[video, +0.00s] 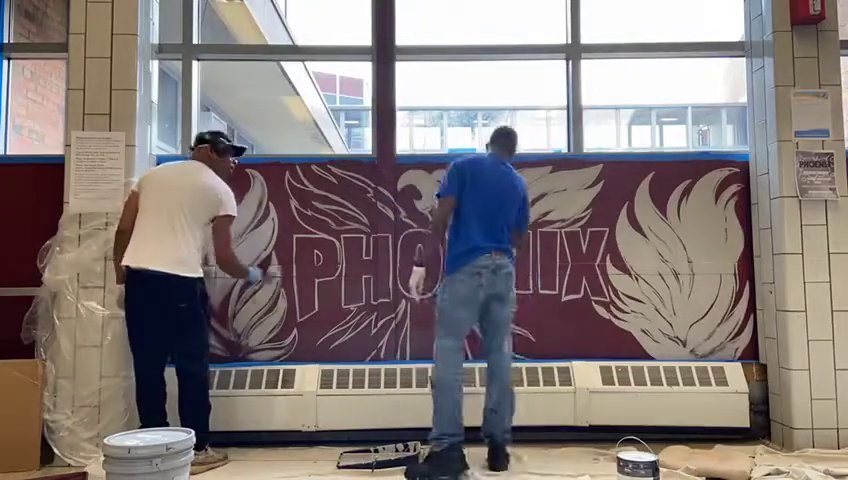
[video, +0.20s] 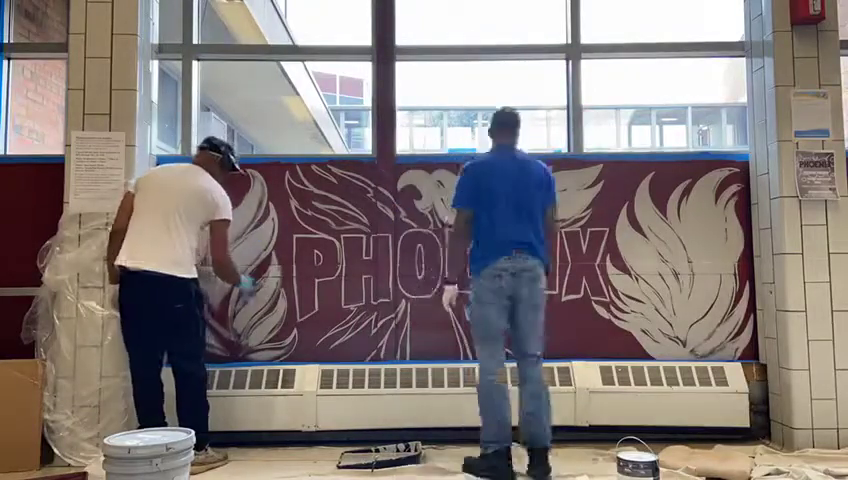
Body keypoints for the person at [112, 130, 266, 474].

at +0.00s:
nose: (234, 165)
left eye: (235, 158)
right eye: (229, 157)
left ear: (199, 151)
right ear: (206, 152)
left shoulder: (152, 175)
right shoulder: (218, 188)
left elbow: (125, 228)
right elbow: (223, 255)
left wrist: (121, 269)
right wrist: (248, 274)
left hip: (138, 280)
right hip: (181, 283)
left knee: (148, 370)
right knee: (192, 369)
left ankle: (155, 450)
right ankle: (196, 450)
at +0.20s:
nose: (225, 177)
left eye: (227, 171)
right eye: (227, 171)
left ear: (198, 155)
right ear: (218, 161)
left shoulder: (152, 175)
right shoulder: (216, 192)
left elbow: (119, 226)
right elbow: (219, 259)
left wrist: (113, 264)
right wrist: (238, 281)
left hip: (134, 282)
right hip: (176, 286)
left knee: (144, 370)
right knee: (189, 368)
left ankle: (154, 450)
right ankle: (196, 448)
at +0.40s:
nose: (225, 179)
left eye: (227, 173)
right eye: (226, 172)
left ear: (197, 157)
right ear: (216, 163)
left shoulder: (150, 178)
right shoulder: (217, 194)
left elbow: (120, 231)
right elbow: (226, 261)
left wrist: (115, 278)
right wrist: (249, 281)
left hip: (136, 283)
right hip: (180, 286)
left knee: (145, 371)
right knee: (190, 369)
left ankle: (153, 449)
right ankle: (193, 449)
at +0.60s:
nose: (211, 153)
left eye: (210, 148)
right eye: (210, 147)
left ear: (177, 145)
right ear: (205, 146)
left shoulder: (147, 175)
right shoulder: (218, 176)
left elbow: (129, 236)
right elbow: (241, 237)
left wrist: (125, 289)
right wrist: (262, 245)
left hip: (153, 283)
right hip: (198, 283)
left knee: (157, 369)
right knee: (199, 367)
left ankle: (155, 449)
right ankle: (194, 449)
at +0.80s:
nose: (227, 188)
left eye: (230, 182)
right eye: (229, 182)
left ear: (203, 163)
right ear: (222, 172)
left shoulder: (155, 176)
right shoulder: (219, 203)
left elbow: (119, 223)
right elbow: (214, 269)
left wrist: (113, 275)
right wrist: (216, 305)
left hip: (135, 283)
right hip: (182, 290)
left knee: (145, 372)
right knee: (190, 369)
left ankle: (155, 450)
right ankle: (194, 450)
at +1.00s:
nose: (215, 181)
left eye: (216, 176)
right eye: (215, 176)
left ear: (182, 160)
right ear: (208, 167)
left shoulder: (140, 179)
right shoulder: (212, 197)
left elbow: (116, 231)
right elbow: (209, 261)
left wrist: (112, 283)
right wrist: (214, 297)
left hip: (134, 286)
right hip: (181, 290)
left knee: (144, 373)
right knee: (189, 370)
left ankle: (153, 450)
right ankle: (193, 449)